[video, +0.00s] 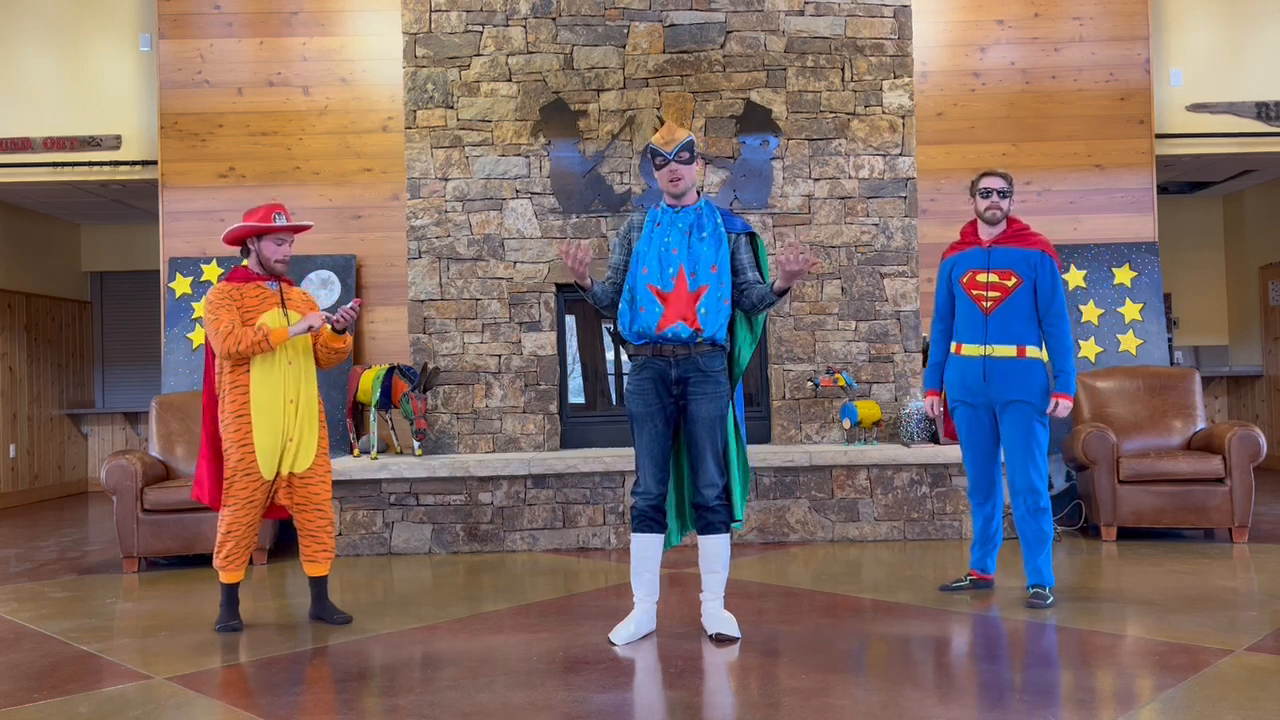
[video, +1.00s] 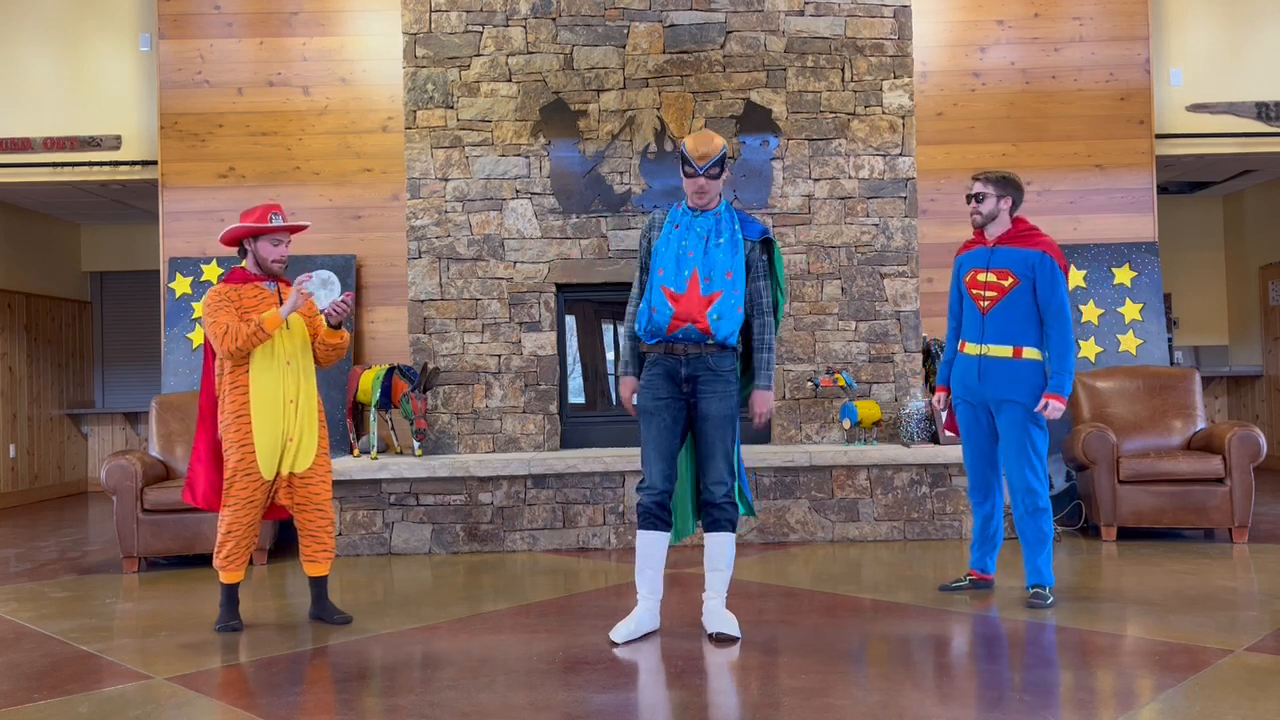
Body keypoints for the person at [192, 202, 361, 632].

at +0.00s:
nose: (288, 250)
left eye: (290, 242)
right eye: (279, 242)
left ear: (291, 246)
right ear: (253, 245)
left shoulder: (301, 298)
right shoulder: (224, 295)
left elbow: (325, 356)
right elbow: (230, 343)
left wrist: (342, 331)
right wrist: (295, 330)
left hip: (303, 420)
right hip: (249, 423)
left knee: (316, 502)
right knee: (242, 505)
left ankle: (320, 600)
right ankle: (229, 606)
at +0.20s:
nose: (288, 251)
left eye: (290, 242)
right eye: (278, 243)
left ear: (290, 246)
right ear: (253, 245)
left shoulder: (299, 298)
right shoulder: (223, 297)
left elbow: (325, 356)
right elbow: (234, 343)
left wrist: (341, 329)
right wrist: (291, 321)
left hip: (304, 420)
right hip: (249, 423)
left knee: (316, 502)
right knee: (242, 506)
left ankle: (320, 600)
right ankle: (229, 606)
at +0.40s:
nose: (287, 251)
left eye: (289, 243)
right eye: (278, 243)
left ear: (290, 246)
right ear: (252, 245)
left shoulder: (300, 298)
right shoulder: (222, 297)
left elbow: (326, 356)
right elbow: (237, 346)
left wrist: (339, 328)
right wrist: (300, 326)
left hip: (303, 419)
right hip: (248, 422)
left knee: (316, 501)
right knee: (242, 504)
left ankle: (320, 601)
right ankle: (229, 606)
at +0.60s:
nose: (287, 251)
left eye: (289, 243)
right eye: (277, 242)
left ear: (290, 246)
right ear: (252, 245)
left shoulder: (300, 298)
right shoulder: (223, 297)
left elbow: (326, 356)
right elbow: (237, 346)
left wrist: (337, 327)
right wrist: (300, 325)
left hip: (303, 419)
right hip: (249, 421)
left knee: (317, 500)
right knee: (242, 504)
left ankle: (321, 601)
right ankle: (229, 606)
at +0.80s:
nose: (286, 251)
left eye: (288, 243)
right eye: (277, 243)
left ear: (288, 246)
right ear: (251, 245)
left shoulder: (298, 297)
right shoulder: (221, 297)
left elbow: (324, 355)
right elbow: (234, 343)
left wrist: (337, 325)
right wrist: (291, 316)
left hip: (303, 419)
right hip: (249, 422)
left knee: (317, 501)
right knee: (242, 505)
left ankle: (320, 601)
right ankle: (229, 606)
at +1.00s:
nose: (285, 251)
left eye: (287, 243)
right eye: (275, 243)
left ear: (289, 246)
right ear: (250, 246)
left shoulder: (298, 295)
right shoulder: (222, 296)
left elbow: (325, 355)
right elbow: (233, 344)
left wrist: (338, 324)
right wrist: (285, 310)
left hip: (303, 418)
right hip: (249, 421)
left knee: (316, 501)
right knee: (242, 505)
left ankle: (321, 601)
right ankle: (229, 606)